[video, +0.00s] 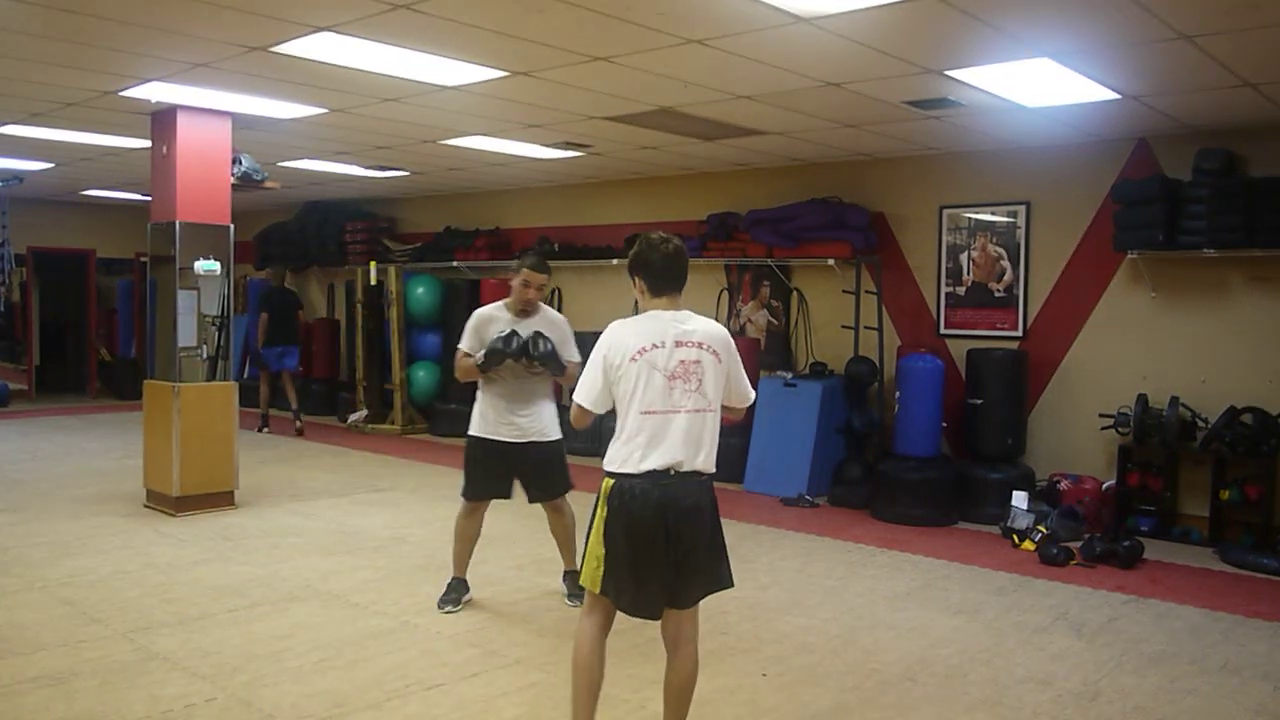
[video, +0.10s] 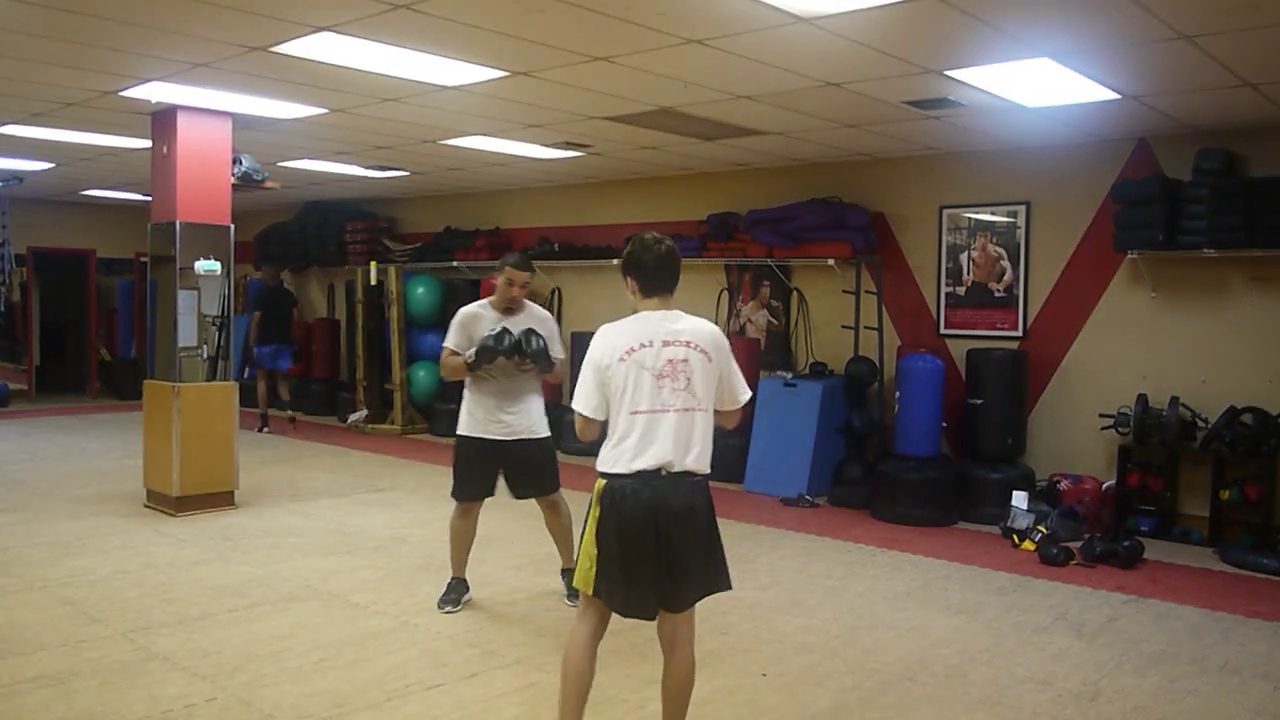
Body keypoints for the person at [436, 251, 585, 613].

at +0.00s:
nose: (531, 293)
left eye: (539, 287)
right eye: (525, 284)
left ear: (547, 288)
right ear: (511, 281)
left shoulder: (557, 324)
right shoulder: (483, 318)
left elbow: (573, 377)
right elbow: (461, 371)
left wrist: (552, 365)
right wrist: (487, 360)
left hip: (540, 435)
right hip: (488, 433)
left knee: (556, 503)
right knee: (473, 504)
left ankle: (572, 574)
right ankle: (458, 581)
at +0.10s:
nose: (516, 293)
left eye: (523, 286)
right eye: (510, 284)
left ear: (530, 287)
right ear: (497, 280)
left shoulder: (542, 320)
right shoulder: (469, 316)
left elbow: (558, 375)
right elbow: (446, 368)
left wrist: (541, 362)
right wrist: (476, 360)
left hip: (530, 431)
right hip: (477, 431)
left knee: (550, 499)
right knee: (466, 505)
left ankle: (570, 570)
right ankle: (457, 580)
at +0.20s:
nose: (503, 291)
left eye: (510, 285)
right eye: (496, 282)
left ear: (517, 284)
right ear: (482, 277)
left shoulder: (529, 316)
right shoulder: (457, 316)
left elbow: (545, 374)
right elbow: (438, 371)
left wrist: (530, 352)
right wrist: (471, 353)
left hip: (522, 427)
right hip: (470, 430)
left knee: (545, 498)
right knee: (464, 505)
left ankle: (559, 566)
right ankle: (457, 581)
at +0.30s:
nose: (496, 290)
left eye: (503, 283)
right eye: (489, 282)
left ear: (509, 282)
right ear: (474, 276)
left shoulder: (520, 315)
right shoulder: (448, 316)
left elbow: (539, 373)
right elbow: (433, 370)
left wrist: (524, 345)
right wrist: (466, 348)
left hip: (517, 426)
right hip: (466, 429)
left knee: (536, 499)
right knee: (463, 506)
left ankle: (541, 574)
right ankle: (457, 581)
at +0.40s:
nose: (493, 290)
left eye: (499, 283)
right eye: (486, 283)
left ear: (504, 282)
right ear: (469, 278)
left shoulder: (514, 315)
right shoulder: (444, 318)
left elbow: (536, 372)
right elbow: (432, 371)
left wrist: (523, 336)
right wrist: (462, 341)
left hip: (513, 427)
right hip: (463, 429)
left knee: (532, 502)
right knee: (461, 508)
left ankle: (536, 575)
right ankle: (457, 581)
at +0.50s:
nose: (489, 290)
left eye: (495, 283)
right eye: (482, 282)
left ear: (501, 283)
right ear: (465, 278)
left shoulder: (511, 314)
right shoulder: (442, 317)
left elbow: (532, 367)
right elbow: (435, 369)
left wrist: (520, 327)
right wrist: (462, 330)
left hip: (511, 426)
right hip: (460, 431)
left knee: (537, 498)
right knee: (459, 508)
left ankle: (537, 567)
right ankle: (456, 581)